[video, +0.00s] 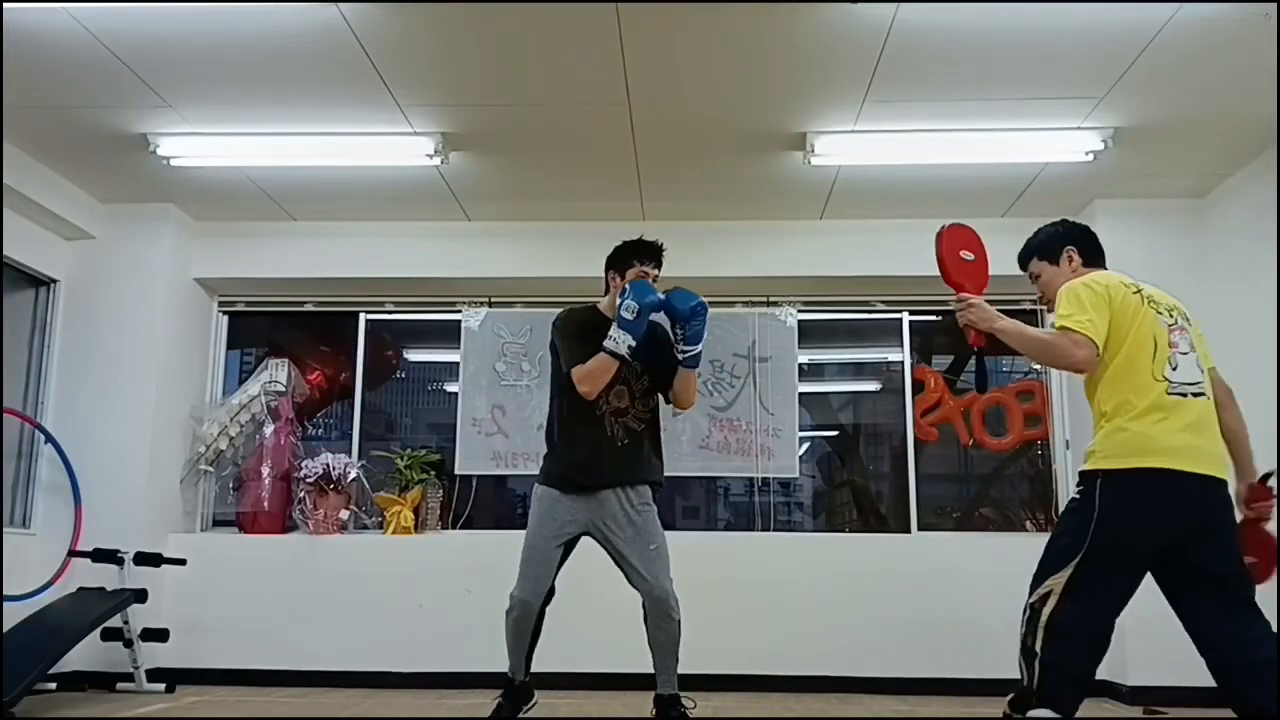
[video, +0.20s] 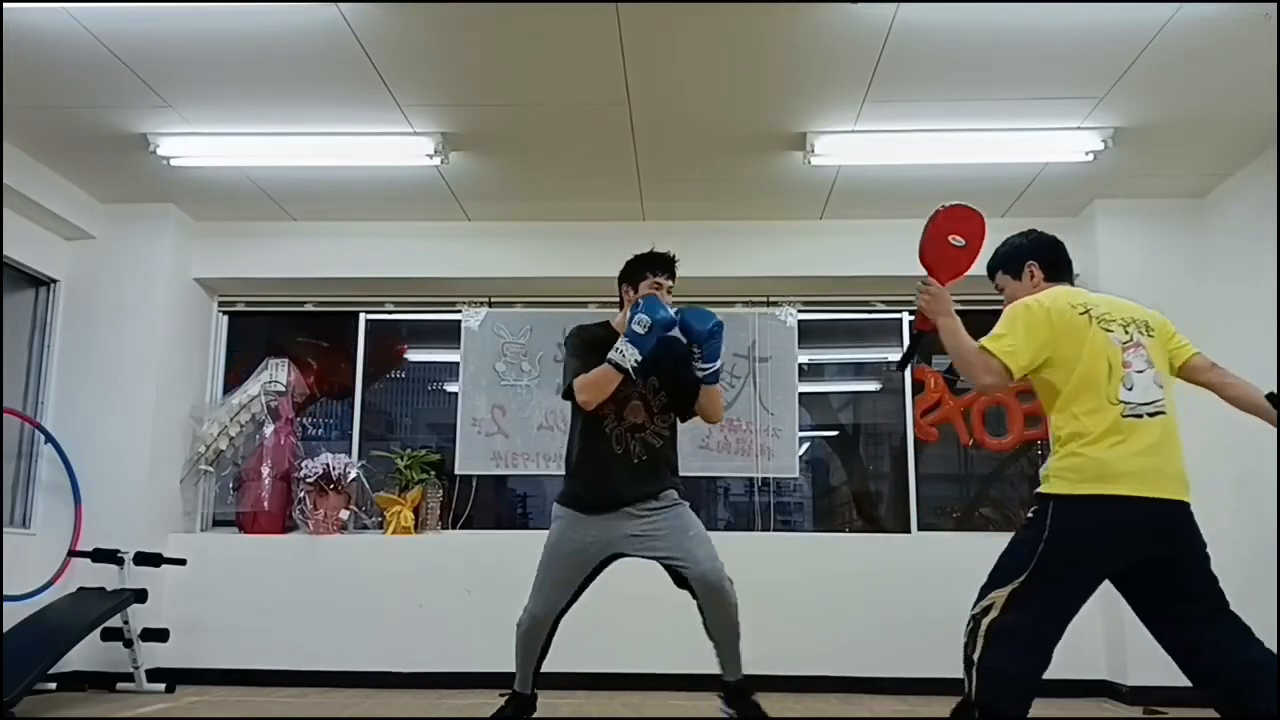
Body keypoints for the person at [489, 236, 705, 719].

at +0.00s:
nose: (646, 289)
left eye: (653, 282)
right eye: (639, 280)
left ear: (658, 287)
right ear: (612, 280)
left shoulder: (656, 333)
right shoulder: (574, 322)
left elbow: (683, 400)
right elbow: (586, 385)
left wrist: (689, 344)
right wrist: (626, 326)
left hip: (628, 491)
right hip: (561, 490)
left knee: (662, 596)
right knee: (525, 598)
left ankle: (668, 698)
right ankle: (517, 687)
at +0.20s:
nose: (664, 297)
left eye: (669, 291)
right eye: (655, 288)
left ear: (672, 298)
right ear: (627, 292)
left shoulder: (672, 349)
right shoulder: (588, 338)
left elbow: (712, 414)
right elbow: (587, 395)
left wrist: (709, 360)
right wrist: (633, 341)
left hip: (660, 507)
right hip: (585, 512)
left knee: (715, 582)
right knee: (538, 613)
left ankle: (737, 690)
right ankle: (521, 697)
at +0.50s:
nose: (713, 304)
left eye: (720, 298)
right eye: (704, 293)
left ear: (722, 307)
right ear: (675, 295)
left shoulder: (730, 359)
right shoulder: (631, 347)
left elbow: (785, 410)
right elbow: (597, 415)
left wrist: (787, 367)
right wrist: (643, 374)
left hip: (697, 525)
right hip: (617, 521)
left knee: (768, 610)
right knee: (548, 612)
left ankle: (824, 708)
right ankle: (545, 695)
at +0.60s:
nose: (660, 304)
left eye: (669, 295)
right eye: (650, 295)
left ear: (680, 302)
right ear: (629, 302)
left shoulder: (703, 357)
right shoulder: (604, 354)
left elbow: (758, 414)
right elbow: (568, 424)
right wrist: (609, 379)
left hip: (683, 523)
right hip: (606, 519)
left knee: (747, 603)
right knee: (531, 605)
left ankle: (809, 709)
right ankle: (493, 697)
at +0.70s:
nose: (640, 321)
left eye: (649, 311)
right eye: (629, 312)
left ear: (661, 319)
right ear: (609, 327)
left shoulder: (688, 381)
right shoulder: (587, 380)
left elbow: (734, 435)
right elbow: (549, 448)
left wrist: (760, 492)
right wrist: (588, 401)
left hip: (670, 550)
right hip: (591, 548)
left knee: (738, 618)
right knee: (515, 634)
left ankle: (796, 701)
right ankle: (481, 706)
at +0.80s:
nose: (649, 314)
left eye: (656, 305)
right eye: (638, 305)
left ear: (664, 310)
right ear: (614, 315)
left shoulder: (683, 368)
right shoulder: (585, 371)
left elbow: (703, 438)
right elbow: (568, 442)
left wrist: (722, 492)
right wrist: (610, 385)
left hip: (676, 540)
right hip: (596, 544)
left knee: (750, 615)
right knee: (529, 638)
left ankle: (801, 711)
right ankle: (484, 705)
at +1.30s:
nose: (593, 284)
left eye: (602, 274)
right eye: (584, 276)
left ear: (622, 274)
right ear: (570, 280)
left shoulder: (656, 327)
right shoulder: (559, 331)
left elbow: (698, 389)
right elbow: (539, 383)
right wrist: (568, 316)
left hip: (646, 506)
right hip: (566, 507)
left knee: (721, 604)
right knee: (510, 611)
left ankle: (785, 706)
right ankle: (505, 706)